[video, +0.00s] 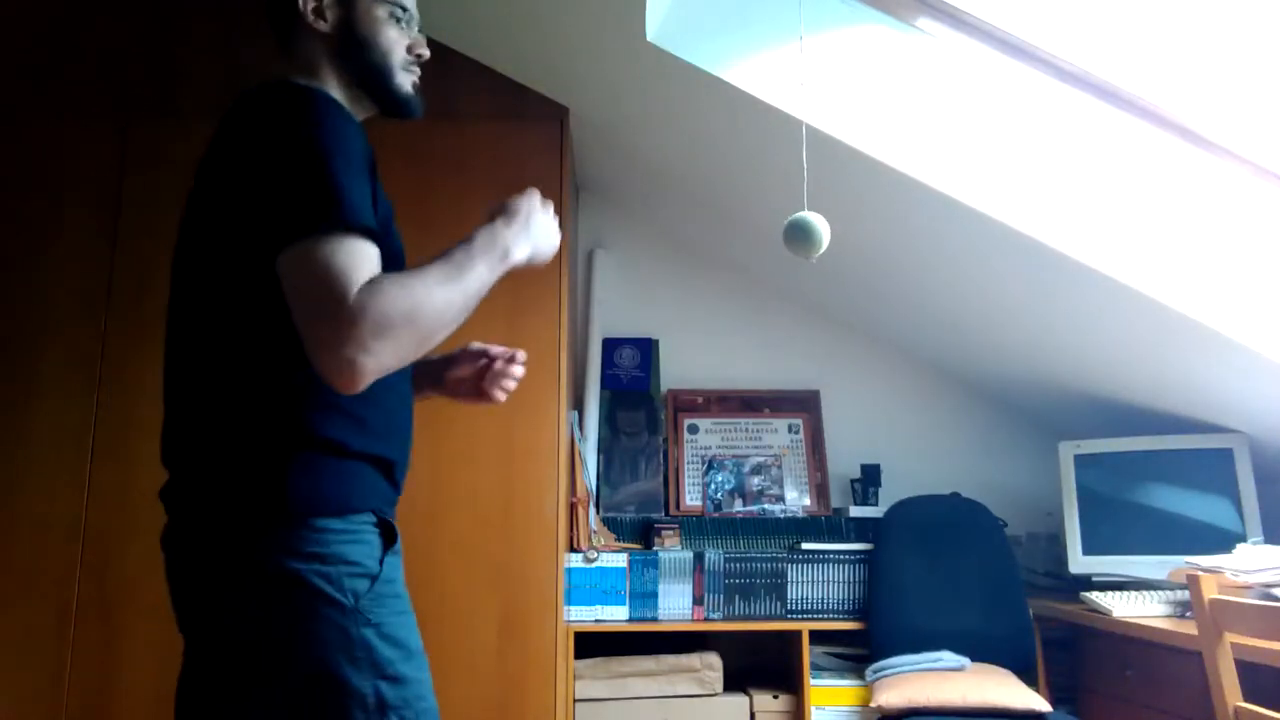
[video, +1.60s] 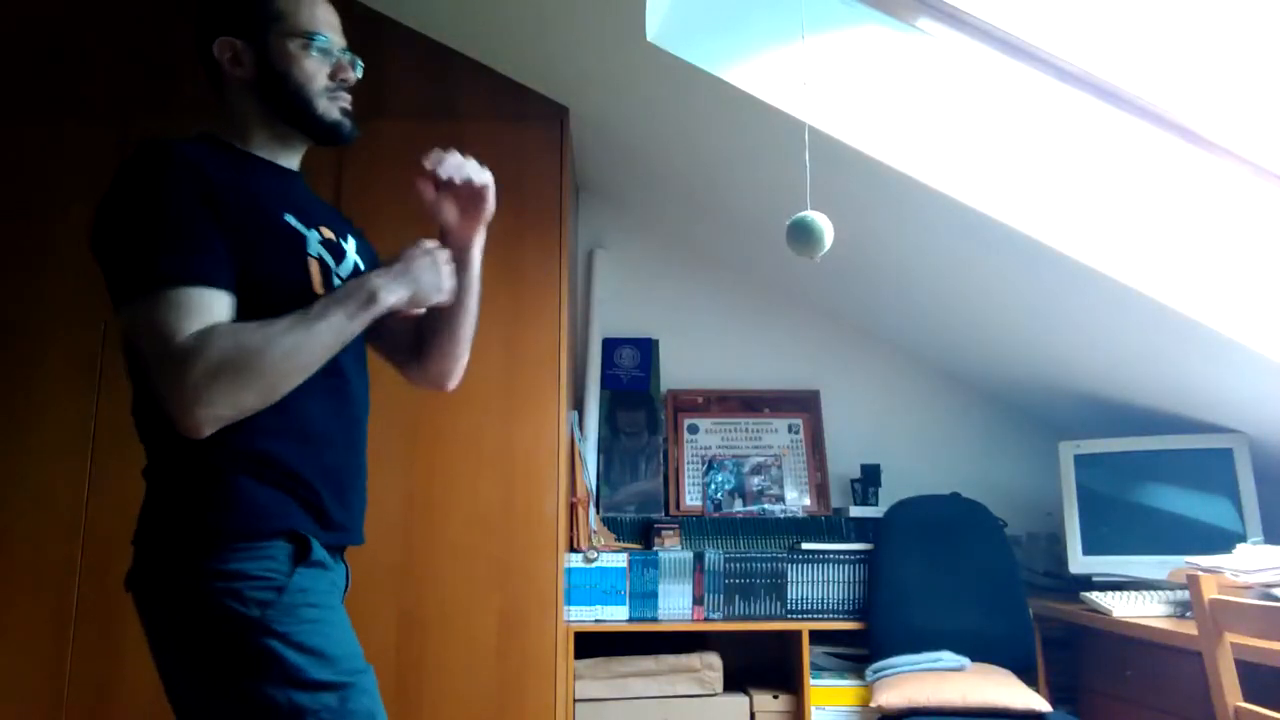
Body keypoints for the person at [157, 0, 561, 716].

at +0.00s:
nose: (424, 47)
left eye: (417, 24)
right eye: (399, 14)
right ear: (320, 11)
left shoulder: (270, 128)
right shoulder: (306, 123)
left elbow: (286, 360)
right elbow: (353, 343)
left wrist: (427, 373)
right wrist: (503, 241)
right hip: (311, 542)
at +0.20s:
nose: (395, 61)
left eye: (392, 41)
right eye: (369, 32)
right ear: (288, 30)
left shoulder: (297, 168)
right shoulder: (247, 146)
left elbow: (306, 378)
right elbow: (258, 353)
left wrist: (443, 409)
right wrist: (445, 345)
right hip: (262, 555)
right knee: (370, 707)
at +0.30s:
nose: (368, 76)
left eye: (365, 57)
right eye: (339, 48)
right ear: (257, 49)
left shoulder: (291, 207)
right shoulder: (203, 154)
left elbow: (405, 324)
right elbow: (209, 327)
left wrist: (473, 405)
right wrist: (390, 358)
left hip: (266, 565)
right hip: (216, 565)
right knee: (324, 706)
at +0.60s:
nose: (288, 89)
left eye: (288, 76)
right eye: (260, 64)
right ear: (181, 65)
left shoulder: (248, 233)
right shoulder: (107, 178)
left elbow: (321, 385)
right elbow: (107, 386)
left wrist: (415, 334)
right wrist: (327, 393)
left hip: (220, 565)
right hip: (144, 563)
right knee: (240, 706)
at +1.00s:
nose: (272, 82)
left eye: (271, 67)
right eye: (240, 58)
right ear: (162, 69)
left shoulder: (270, 236)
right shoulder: (79, 192)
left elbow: (316, 408)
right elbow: (93, 386)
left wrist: (405, 311)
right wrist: (283, 295)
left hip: (266, 570)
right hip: (163, 571)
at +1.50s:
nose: (332, 57)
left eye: (328, 41)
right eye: (298, 35)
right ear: (217, 54)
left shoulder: (318, 217)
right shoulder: (156, 176)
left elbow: (410, 377)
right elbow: (181, 393)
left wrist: (453, 255)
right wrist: (369, 287)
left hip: (307, 563)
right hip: (233, 562)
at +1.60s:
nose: (349, 67)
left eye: (346, 52)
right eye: (317, 44)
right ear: (237, 58)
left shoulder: (331, 228)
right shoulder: (176, 178)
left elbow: (436, 366)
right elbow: (195, 393)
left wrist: (464, 247)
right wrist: (379, 289)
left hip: (302, 566)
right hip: (237, 566)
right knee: (345, 707)